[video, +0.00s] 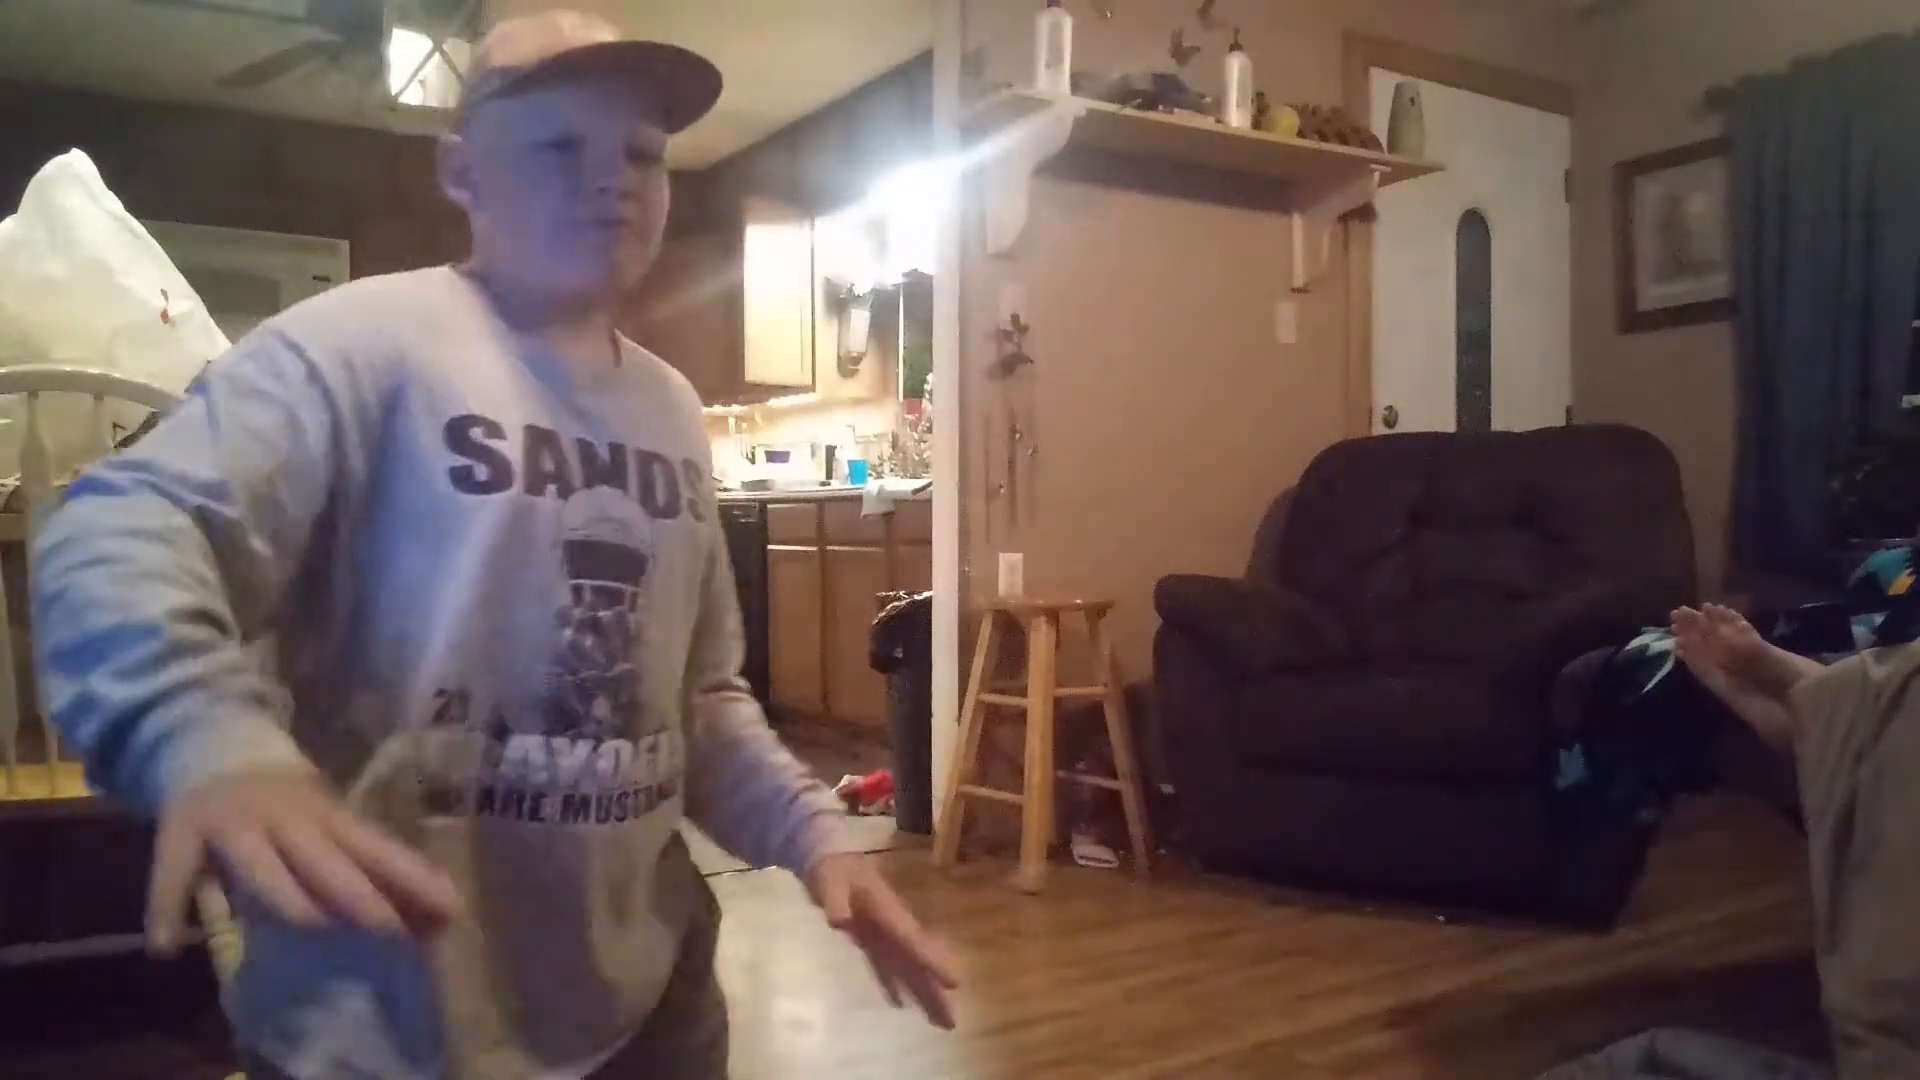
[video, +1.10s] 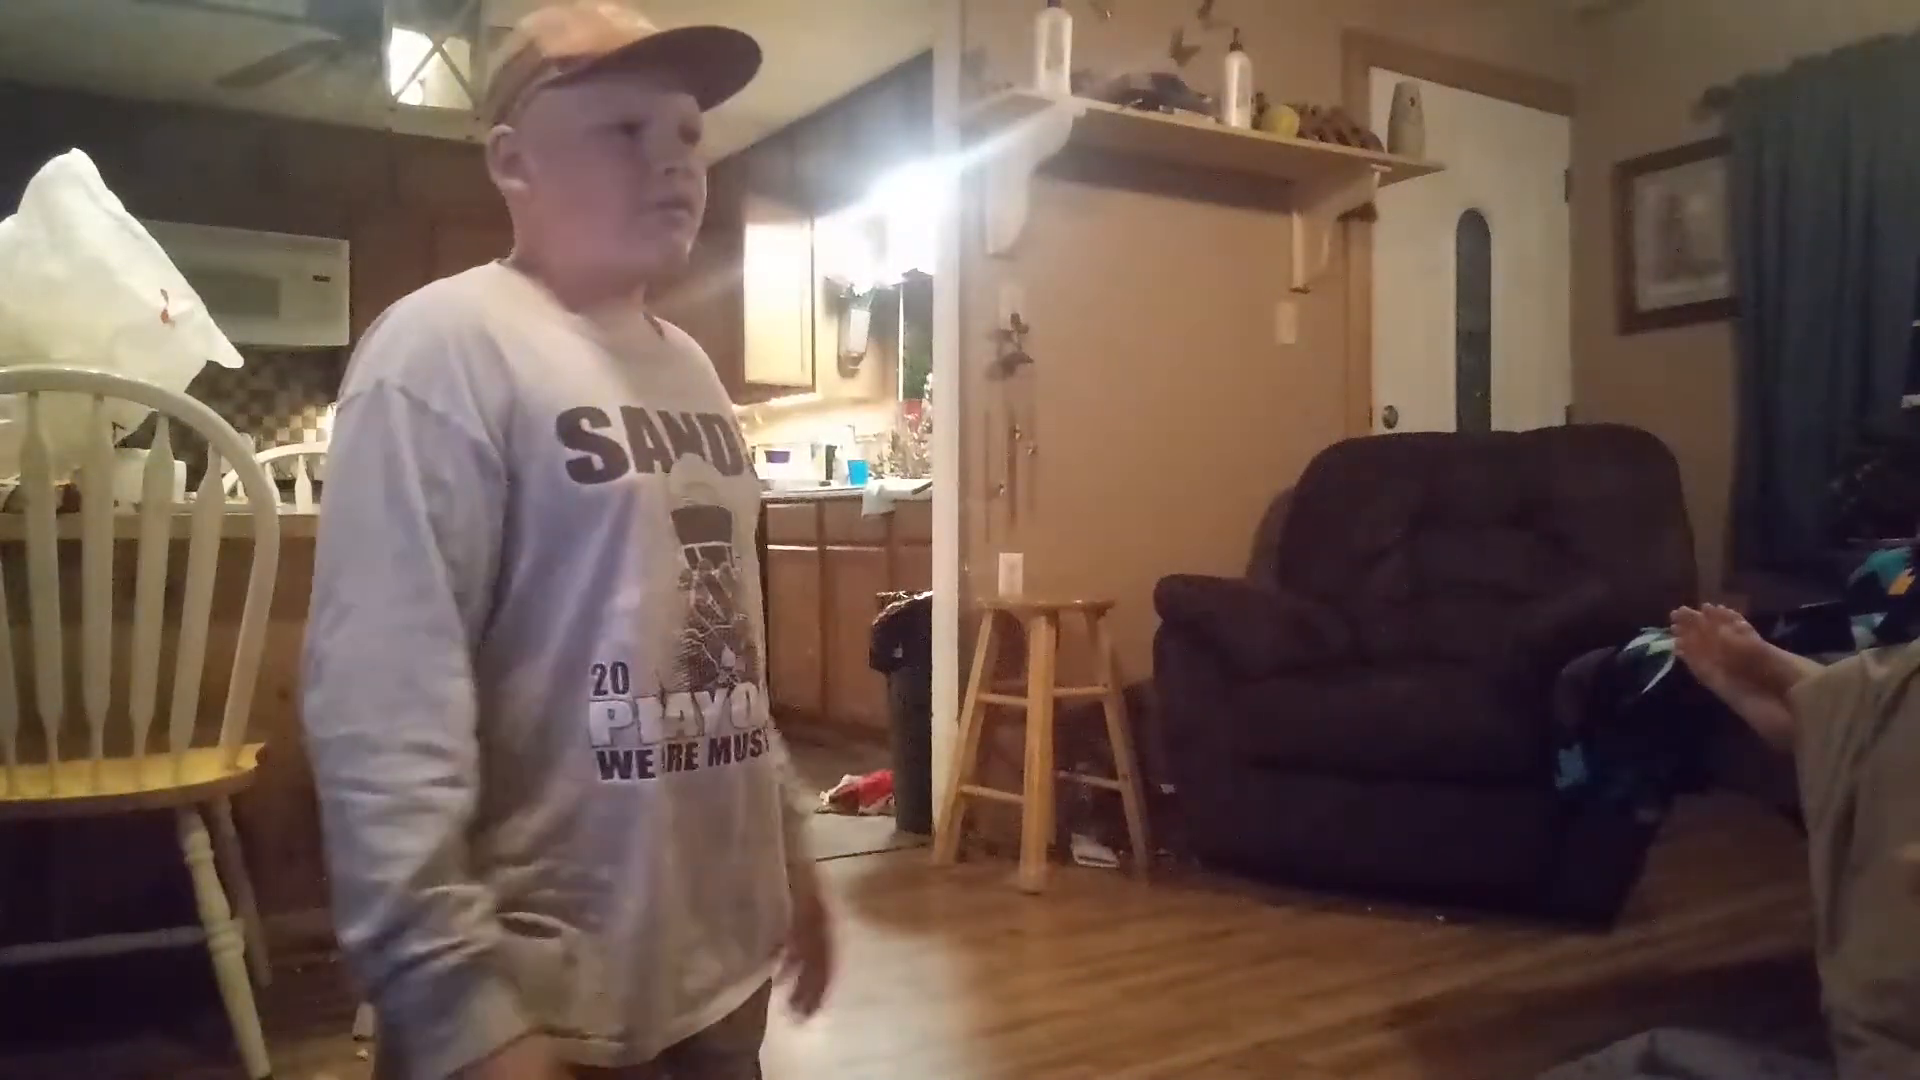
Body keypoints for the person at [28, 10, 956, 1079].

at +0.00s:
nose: (615, 177)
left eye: (642, 151)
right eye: (563, 143)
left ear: (666, 187)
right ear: (462, 174)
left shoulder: (670, 411)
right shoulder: (366, 343)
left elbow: (703, 696)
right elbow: (122, 527)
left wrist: (821, 838)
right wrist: (214, 745)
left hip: (643, 998)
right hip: (396, 1013)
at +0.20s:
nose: (671, 189)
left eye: (694, 164)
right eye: (620, 159)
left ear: (722, 199)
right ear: (529, 192)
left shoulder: (717, 413)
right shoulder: (456, 346)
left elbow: (762, 679)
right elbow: (230, 536)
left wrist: (911, 789)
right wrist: (256, 729)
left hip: (673, 990)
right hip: (452, 1000)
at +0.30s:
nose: (695, 192)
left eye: (723, 168)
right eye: (644, 163)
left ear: (752, 205)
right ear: (555, 195)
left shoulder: (735, 413)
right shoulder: (495, 337)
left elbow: (779, 681)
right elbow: (296, 561)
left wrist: (942, 790)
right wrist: (327, 777)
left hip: (692, 986)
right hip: (475, 994)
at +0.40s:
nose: (707, 187)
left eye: (735, 162)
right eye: (660, 157)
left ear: (763, 194)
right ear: (570, 184)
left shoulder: (746, 407)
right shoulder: (499, 339)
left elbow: (786, 675)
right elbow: (356, 604)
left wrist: (926, 810)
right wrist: (416, 814)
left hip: (707, 972)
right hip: (505, 976)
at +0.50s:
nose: (713, 184)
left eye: (739, 157)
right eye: (663, 154)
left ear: (767, 190)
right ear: (573, 185)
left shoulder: (754, 397)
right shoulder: (496, 346)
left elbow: (783, 650)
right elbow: (394, 651)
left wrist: (865, 826)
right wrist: (501, 869)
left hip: (716, 961)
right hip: (505, 971)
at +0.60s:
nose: (715, 182)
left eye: (739, 154)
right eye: (667, 151)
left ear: (766, 186)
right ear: (570, 179)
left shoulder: (751, 394)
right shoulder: (483, 356)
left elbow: (765, 645)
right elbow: (403, 674)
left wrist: (789, 832)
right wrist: (555, 909)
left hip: (723, 965)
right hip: (504, 989)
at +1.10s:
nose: (677, 163)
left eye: (689, 133)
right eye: (625, 129)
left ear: (708, 157)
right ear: (512, 162)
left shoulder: (690, 367)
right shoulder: (442, 348)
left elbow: (718, 651)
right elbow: (382, 701)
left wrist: (793, 855)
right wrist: (459, 1021)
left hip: (716, 977)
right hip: (538, 996)